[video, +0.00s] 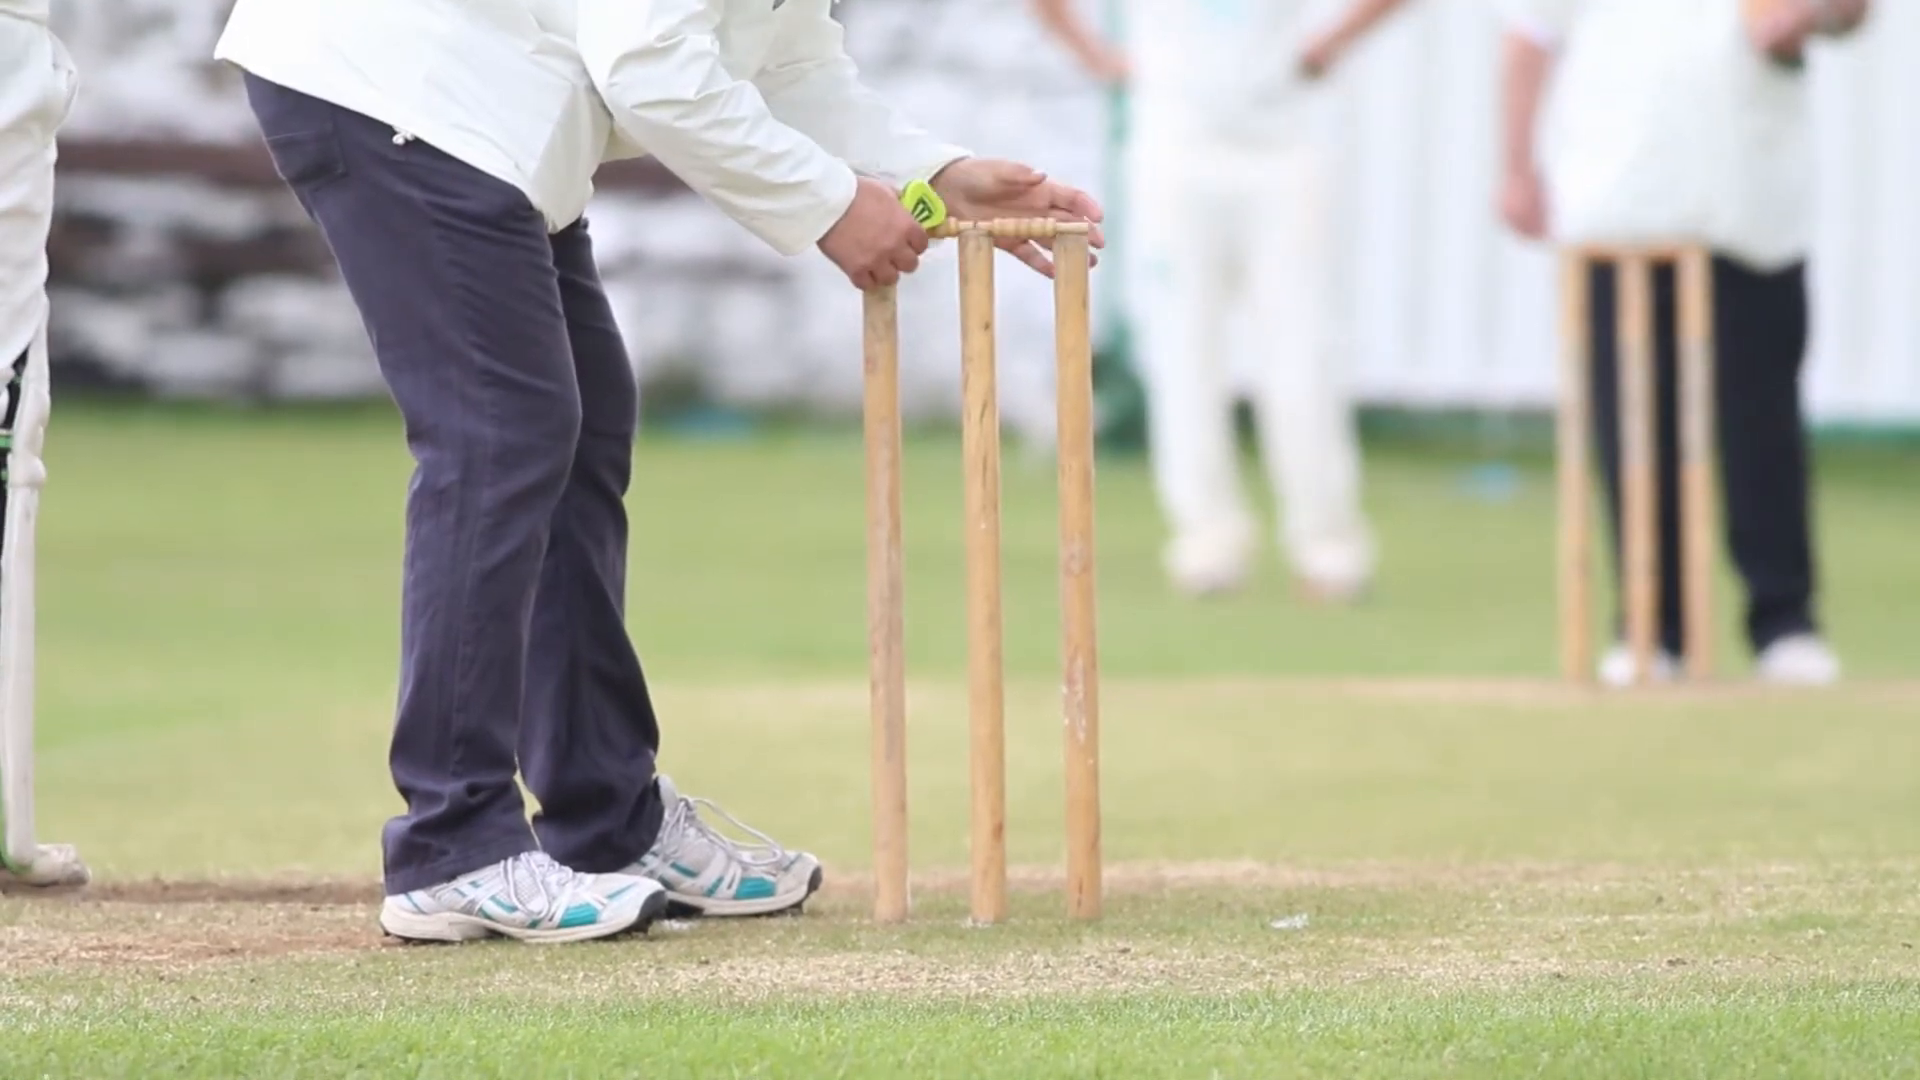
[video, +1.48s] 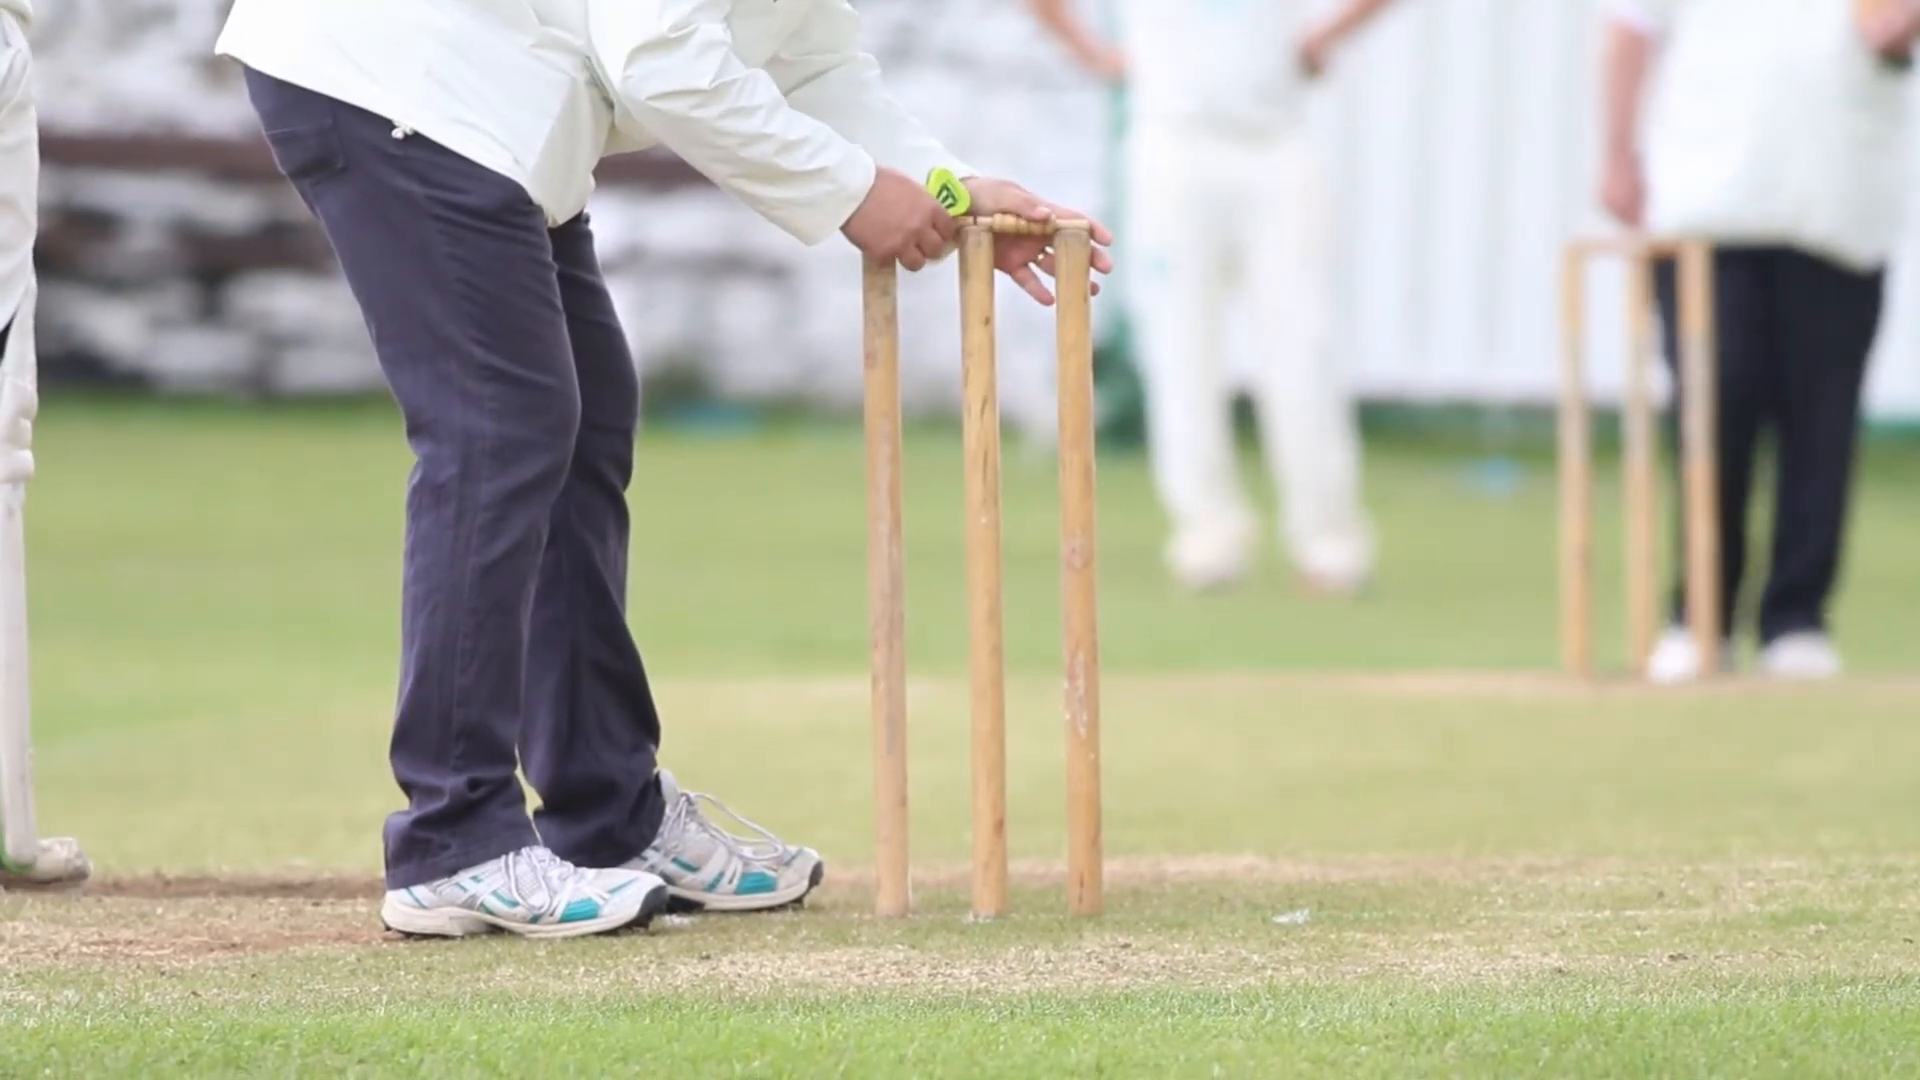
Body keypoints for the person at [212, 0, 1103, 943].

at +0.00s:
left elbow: (795, 79)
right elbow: (648, 66)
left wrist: (945, 170)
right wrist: (827, 203)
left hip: (489, 82)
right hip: (379, 56)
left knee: (587, 416)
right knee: (507, 426)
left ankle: (606, 822)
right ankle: (451, 855)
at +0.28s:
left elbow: (809, 71)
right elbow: (646, 63)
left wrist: (959, 183)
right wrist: (826, 202)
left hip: (489, 81)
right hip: (377, 55)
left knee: (586, 417)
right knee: (505, 425)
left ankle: (607, 822)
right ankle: (451, 855)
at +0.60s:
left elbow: (804, 61)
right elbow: (643, 62)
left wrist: (944, 189)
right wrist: (825, 200)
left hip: (491, 80)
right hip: (381, 57)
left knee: (587, 417)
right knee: (506, 424)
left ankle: (607, 821)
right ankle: (452, 852)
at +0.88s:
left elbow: (813, 65)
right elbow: (642, 59)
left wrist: (951, 186)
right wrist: (827, 197)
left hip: (493, 80)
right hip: (384, 56)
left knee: (589, 417)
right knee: (506, 423)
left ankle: (607, 819)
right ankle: (452, 851)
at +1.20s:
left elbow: (814, 67)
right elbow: (659, 61)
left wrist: (962, 193)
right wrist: (847, 191)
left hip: (491, 74)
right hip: (383, 53)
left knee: (588, 411)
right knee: (506, 421)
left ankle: (608, 818)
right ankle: (452, 849)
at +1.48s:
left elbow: (815, 65)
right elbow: (657, 54)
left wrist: (957, 192)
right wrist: (845, 188)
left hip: (488, 73)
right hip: (383, 52)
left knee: (588, 411)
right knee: (506, 421)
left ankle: (608, 818)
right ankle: (452, 849)